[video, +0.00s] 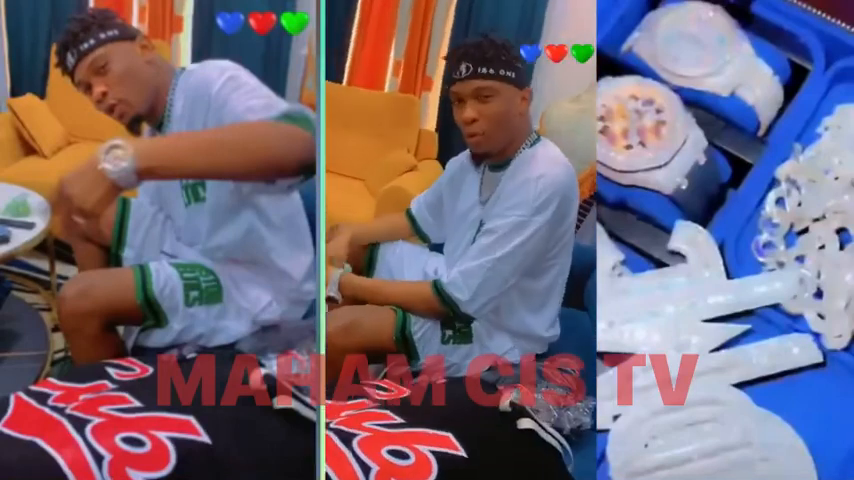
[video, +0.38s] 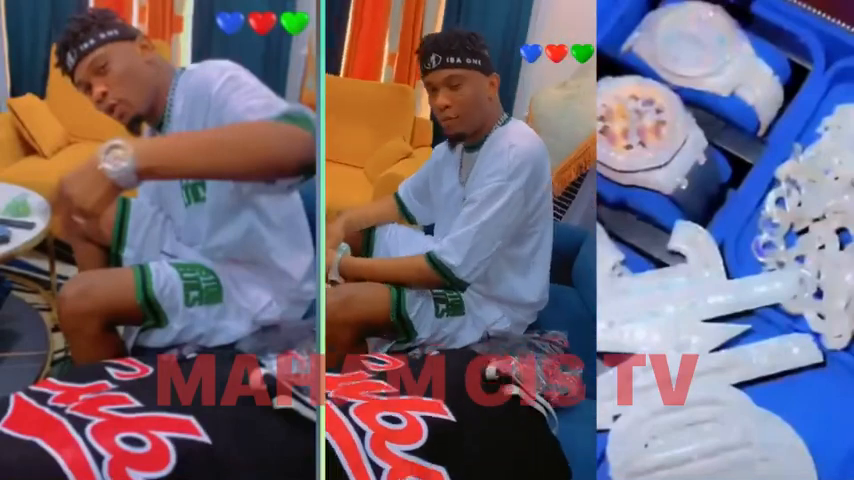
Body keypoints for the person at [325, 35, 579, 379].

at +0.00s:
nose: (468, 115)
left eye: (484, 98)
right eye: (459, 102)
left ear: (524, 100)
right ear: (450, 106)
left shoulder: (544, 179)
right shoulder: (468, 164)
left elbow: (452, 298)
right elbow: (415, 221)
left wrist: (345, 285)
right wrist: (349, 235)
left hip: (496, 334)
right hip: (454, 285)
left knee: (335, 329)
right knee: (346, 239)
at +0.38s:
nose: (440, 102)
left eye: (454, 85)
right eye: (432, 90)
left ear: (492, 86)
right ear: (426, 95)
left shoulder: (517, 152)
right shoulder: (455, 146)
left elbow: (449, 268)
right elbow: (406, 205)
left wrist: (343, 266)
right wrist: (345, 222)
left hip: (491, 304)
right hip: (452, 266)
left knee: (340, 307)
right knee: (345, 234)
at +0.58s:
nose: (426, 120)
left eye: (436, 106)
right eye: (424, 107)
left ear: (475, 102)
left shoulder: (504, 159)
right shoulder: (466, 148)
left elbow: (445, 263)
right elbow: (417, 201)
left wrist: (349, 250)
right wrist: (361, 215)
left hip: (487, 294)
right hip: (459, 258)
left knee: (352, 289)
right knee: (363, 223)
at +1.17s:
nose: (412, 124)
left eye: (416, 114)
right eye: (411, 114)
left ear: (448, 114)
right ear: (451, 114)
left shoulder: (499, 160)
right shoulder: (466, 143)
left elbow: (443, 263)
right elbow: (421, 201)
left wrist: (353, 242)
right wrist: (349, 190)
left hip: (493, 291)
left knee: (362, 284)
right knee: (374, 216)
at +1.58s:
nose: (451, 117)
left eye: (459, 111)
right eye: (454, 108)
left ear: (498, 120)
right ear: (498, 119)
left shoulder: (536, 173)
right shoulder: (487, 143)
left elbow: (446, 261)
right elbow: (418, 188)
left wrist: (347, 244)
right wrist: (332, 188)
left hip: (496, 299)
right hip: (470, 256)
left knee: (357, 284)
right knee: (372, 214)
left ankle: (358, 389)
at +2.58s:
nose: (520, 150)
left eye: (529, 147)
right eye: (525, 142)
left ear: (568, 161)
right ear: (569, 161)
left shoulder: (577, 221)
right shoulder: (551, 178)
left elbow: (480, 273)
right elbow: (490, 231)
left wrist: (404, 228)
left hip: (508, 321)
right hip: (494, 273)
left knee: (396, 259)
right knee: (422, 198)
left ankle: (360, 345)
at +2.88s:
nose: (574, 167)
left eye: (586, 166)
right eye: (580, 158)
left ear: (609, 184)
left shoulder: (597, 248)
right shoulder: (578, 192)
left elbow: (500, 266)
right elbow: (511, 230)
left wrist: (428, 245)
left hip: (520, 319)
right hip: (507, 272)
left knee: (414, 255)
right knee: (435, 196)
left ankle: (374, 326)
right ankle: (384, 287)